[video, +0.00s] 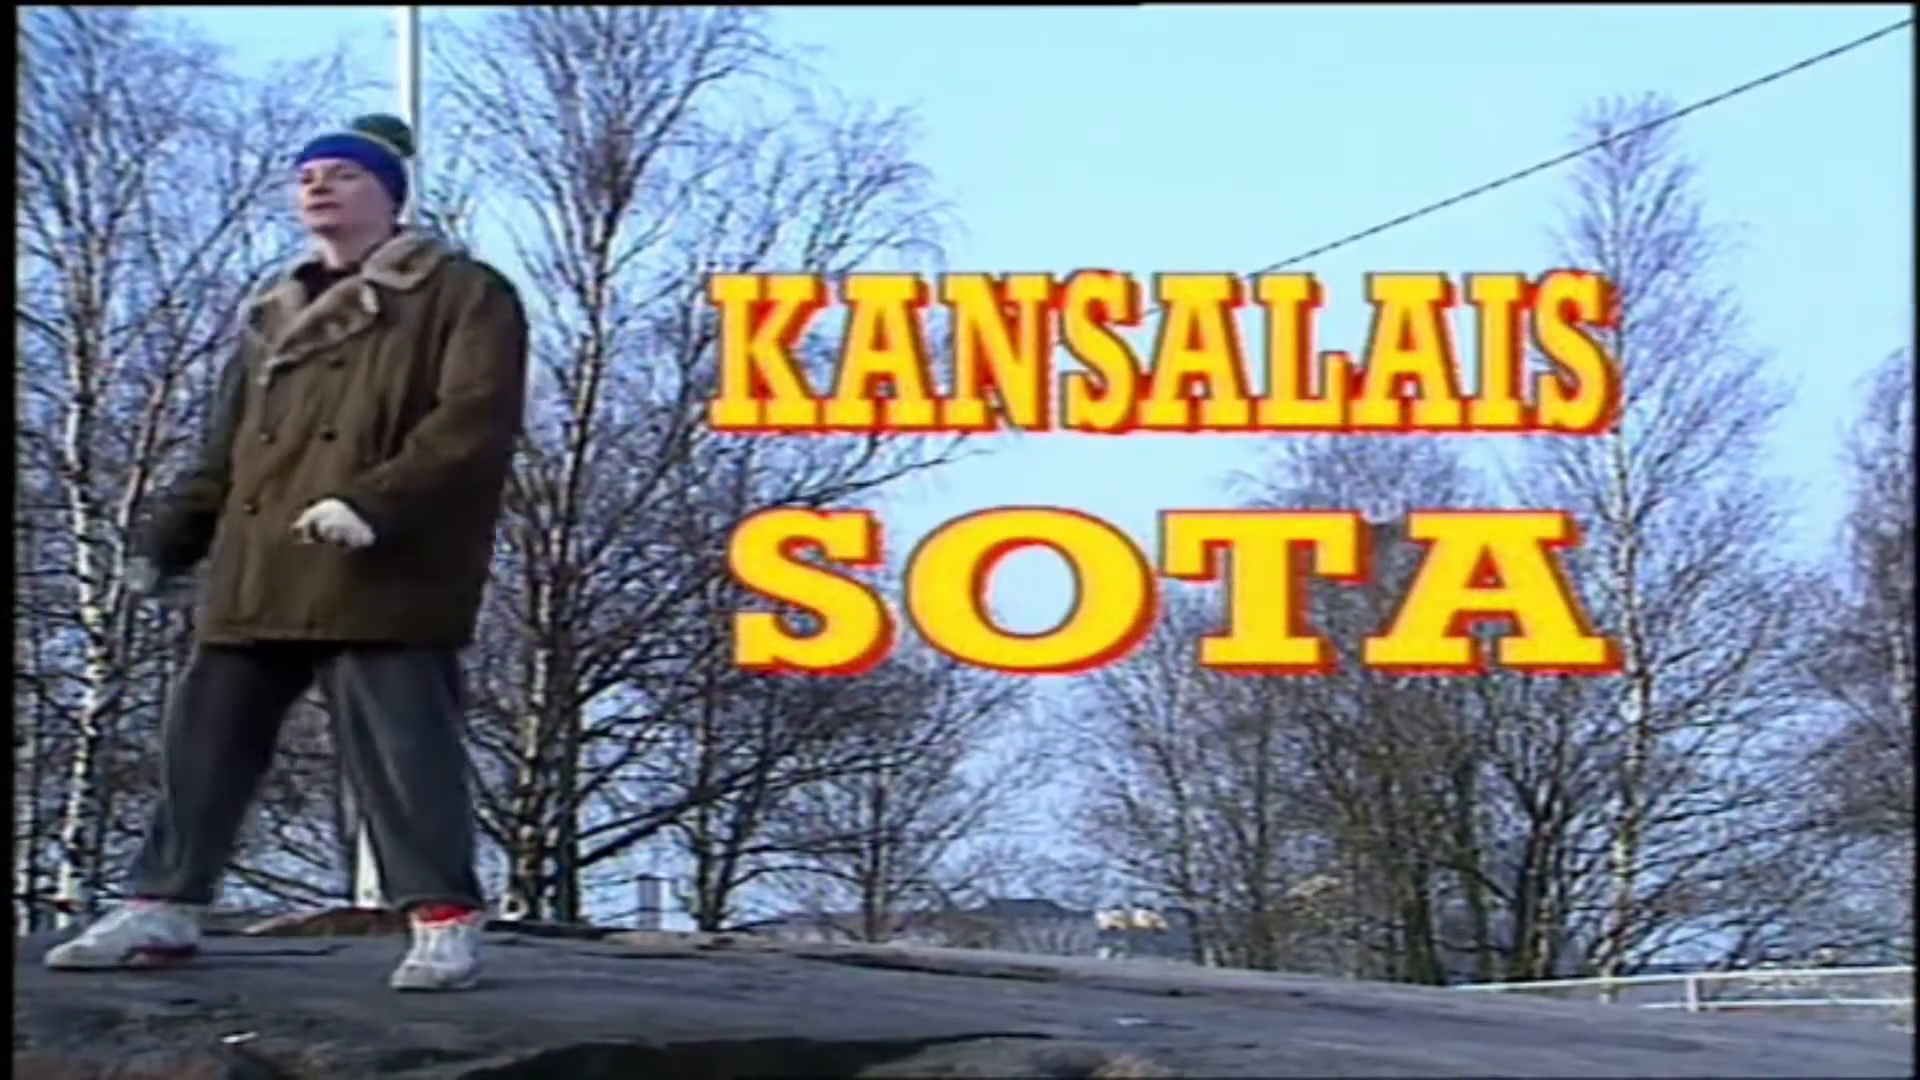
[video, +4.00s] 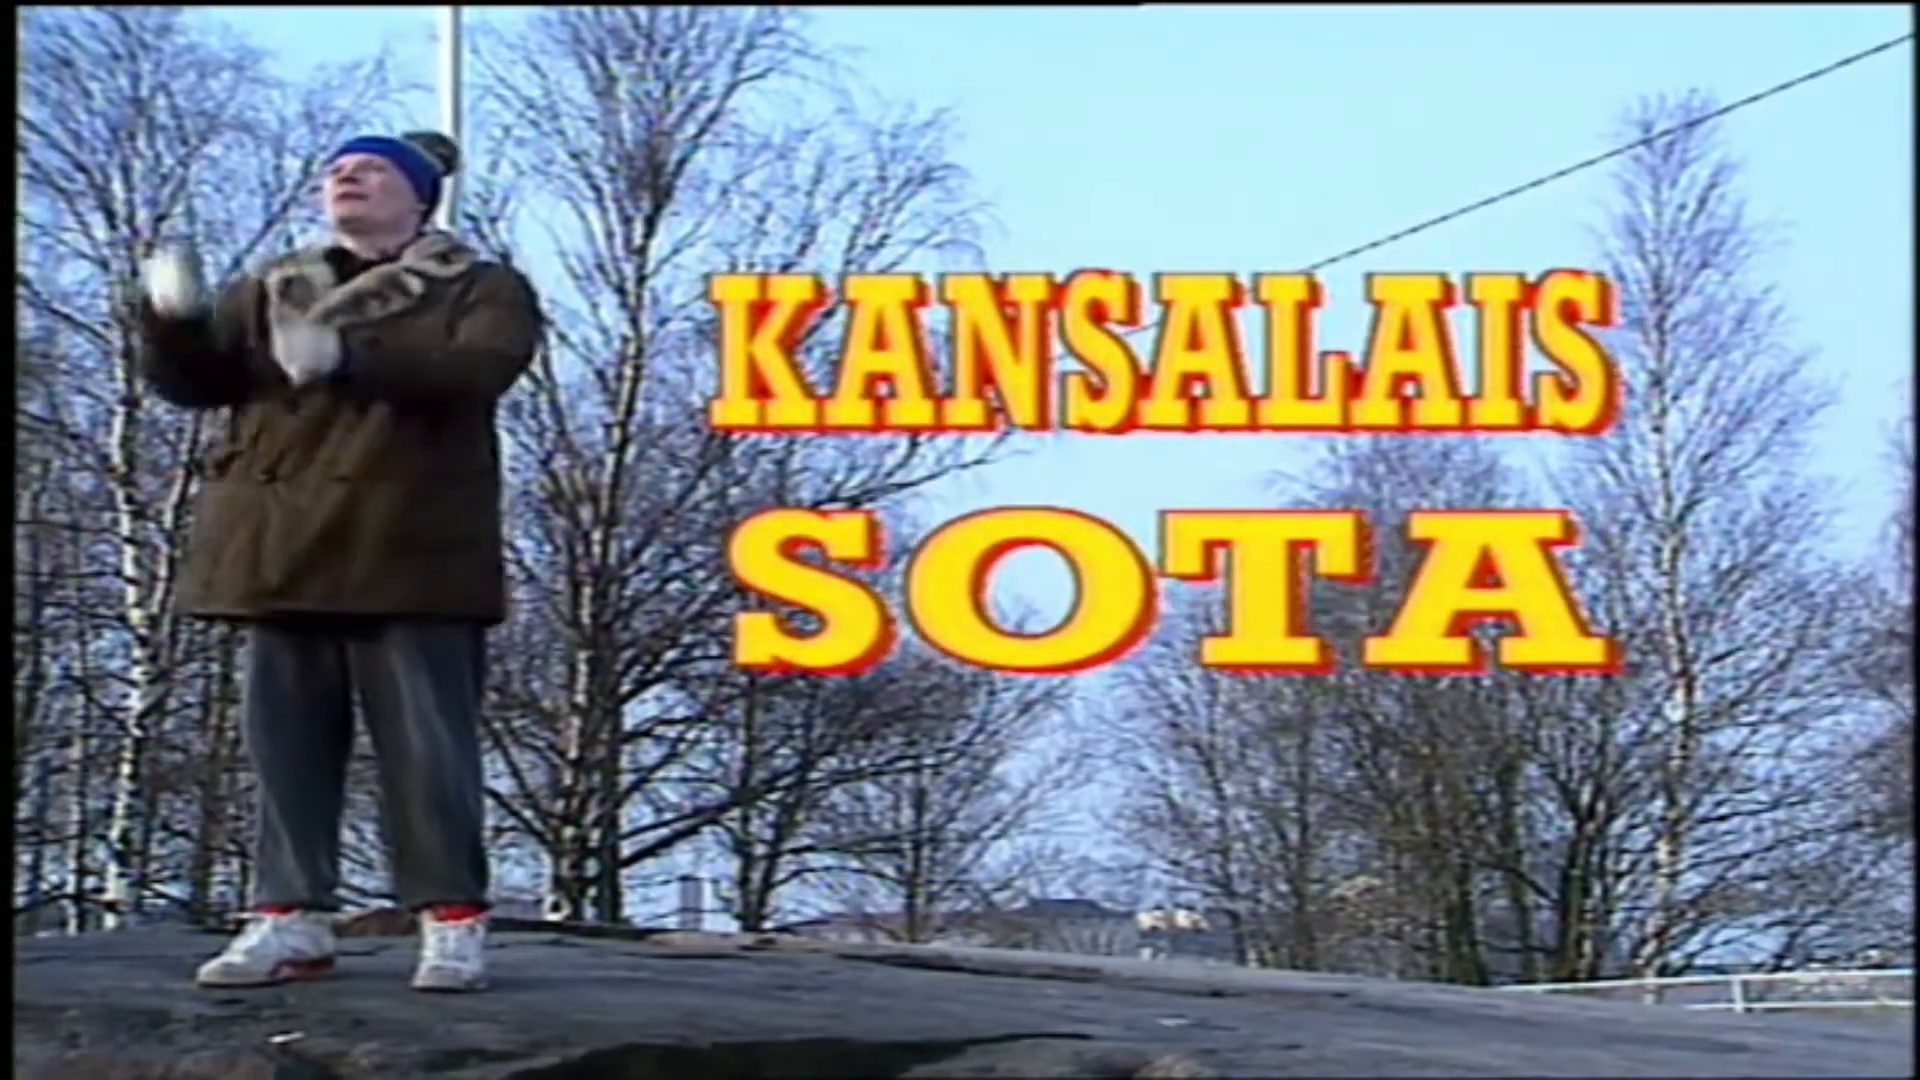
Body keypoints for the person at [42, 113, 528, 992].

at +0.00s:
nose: (315, 185)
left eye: (338, 173)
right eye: (306, 177)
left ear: (390, 192)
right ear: (298, 201)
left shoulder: (466, 292)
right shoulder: (275, 310)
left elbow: (474, 432)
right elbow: (229, 447)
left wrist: (374, 504)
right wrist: (172, 529)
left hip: (383, 565)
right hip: (261, 564)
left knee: (404, 737)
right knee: (208, 723)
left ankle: (445, 918)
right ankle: (164, 906)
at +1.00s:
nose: (353, 180)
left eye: (376, 172)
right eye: (357, 171)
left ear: (425, 201)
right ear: (374, 204)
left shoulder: (486, 304)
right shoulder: (337, 307)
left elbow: (483, 449)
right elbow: (291, 439)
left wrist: (403, 533)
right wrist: (238, 524)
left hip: (406, 574)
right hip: (288, 565)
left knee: (424, 747)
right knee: (244, 736)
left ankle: (461, 919)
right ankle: (234, 910)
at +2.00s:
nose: (351, 180)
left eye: (375, 172)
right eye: (338, 171)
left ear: (417, 200)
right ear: (318, 198)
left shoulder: (453, 270)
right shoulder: (258, 284)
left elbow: (499, 323)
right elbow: (200, 372)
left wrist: (382, 260)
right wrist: (219, 416)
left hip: (414, 548)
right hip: (280, 552)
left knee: (426, 740)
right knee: (272, 741)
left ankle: (450, 918)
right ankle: (275, 917)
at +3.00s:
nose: (342, 178)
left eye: (364, 167)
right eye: (331, 169)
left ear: (413, 189)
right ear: (316, 193)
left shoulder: (475, 276)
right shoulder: (282, 280)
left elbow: (469, 357)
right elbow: (189, 364)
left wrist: (330, 334)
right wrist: (157, 326)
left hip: (407, 559)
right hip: (275, 559)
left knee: (417, 747)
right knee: (276, 747)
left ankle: (441, 920)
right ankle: (285, 918)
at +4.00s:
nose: (345, 179)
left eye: (368, 169)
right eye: (335, 172)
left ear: (421, 197)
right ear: (322, 201)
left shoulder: (481, 285)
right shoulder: (281, 286)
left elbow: (472, 367)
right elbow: (198, 376)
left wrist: (343, 351)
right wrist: (170, 321)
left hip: (417, 558)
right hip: (285, 556)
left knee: (427, 745)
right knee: (286, 743)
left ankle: (452, 919)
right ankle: (293, 918)